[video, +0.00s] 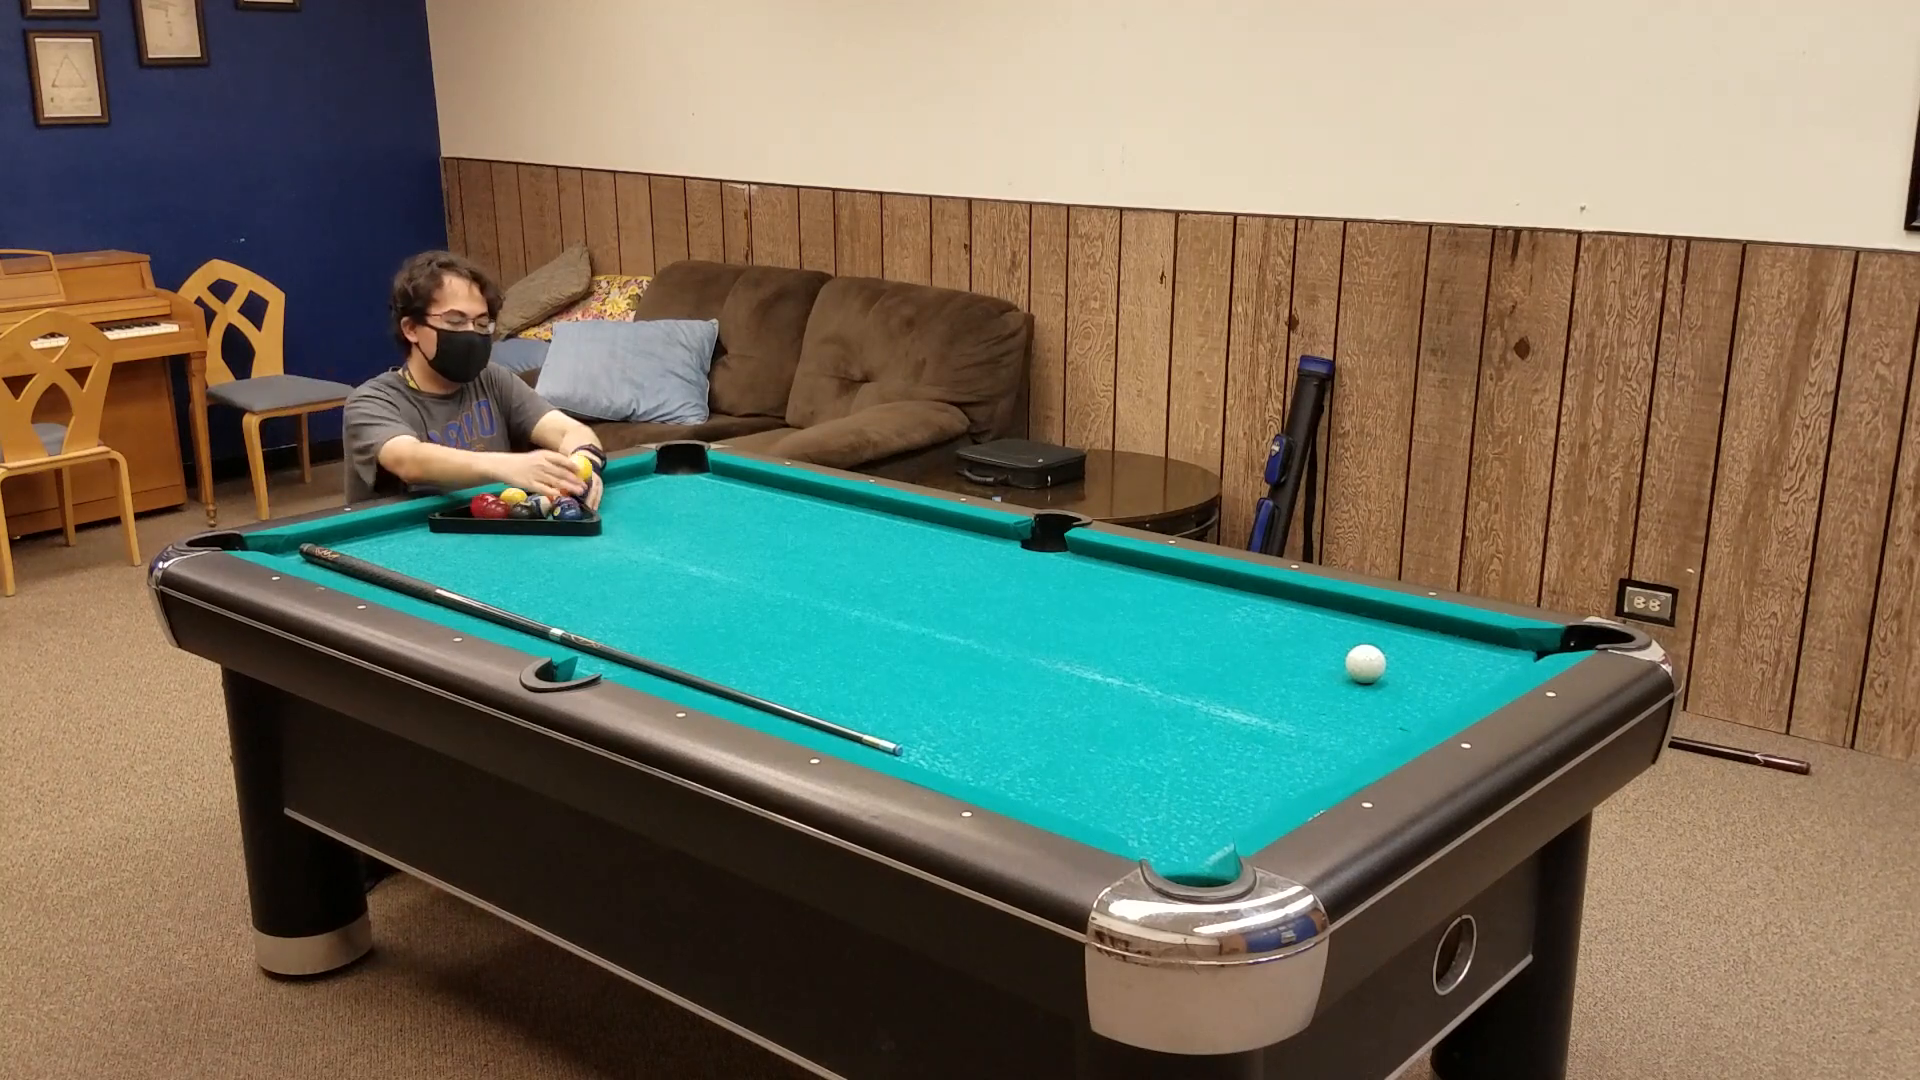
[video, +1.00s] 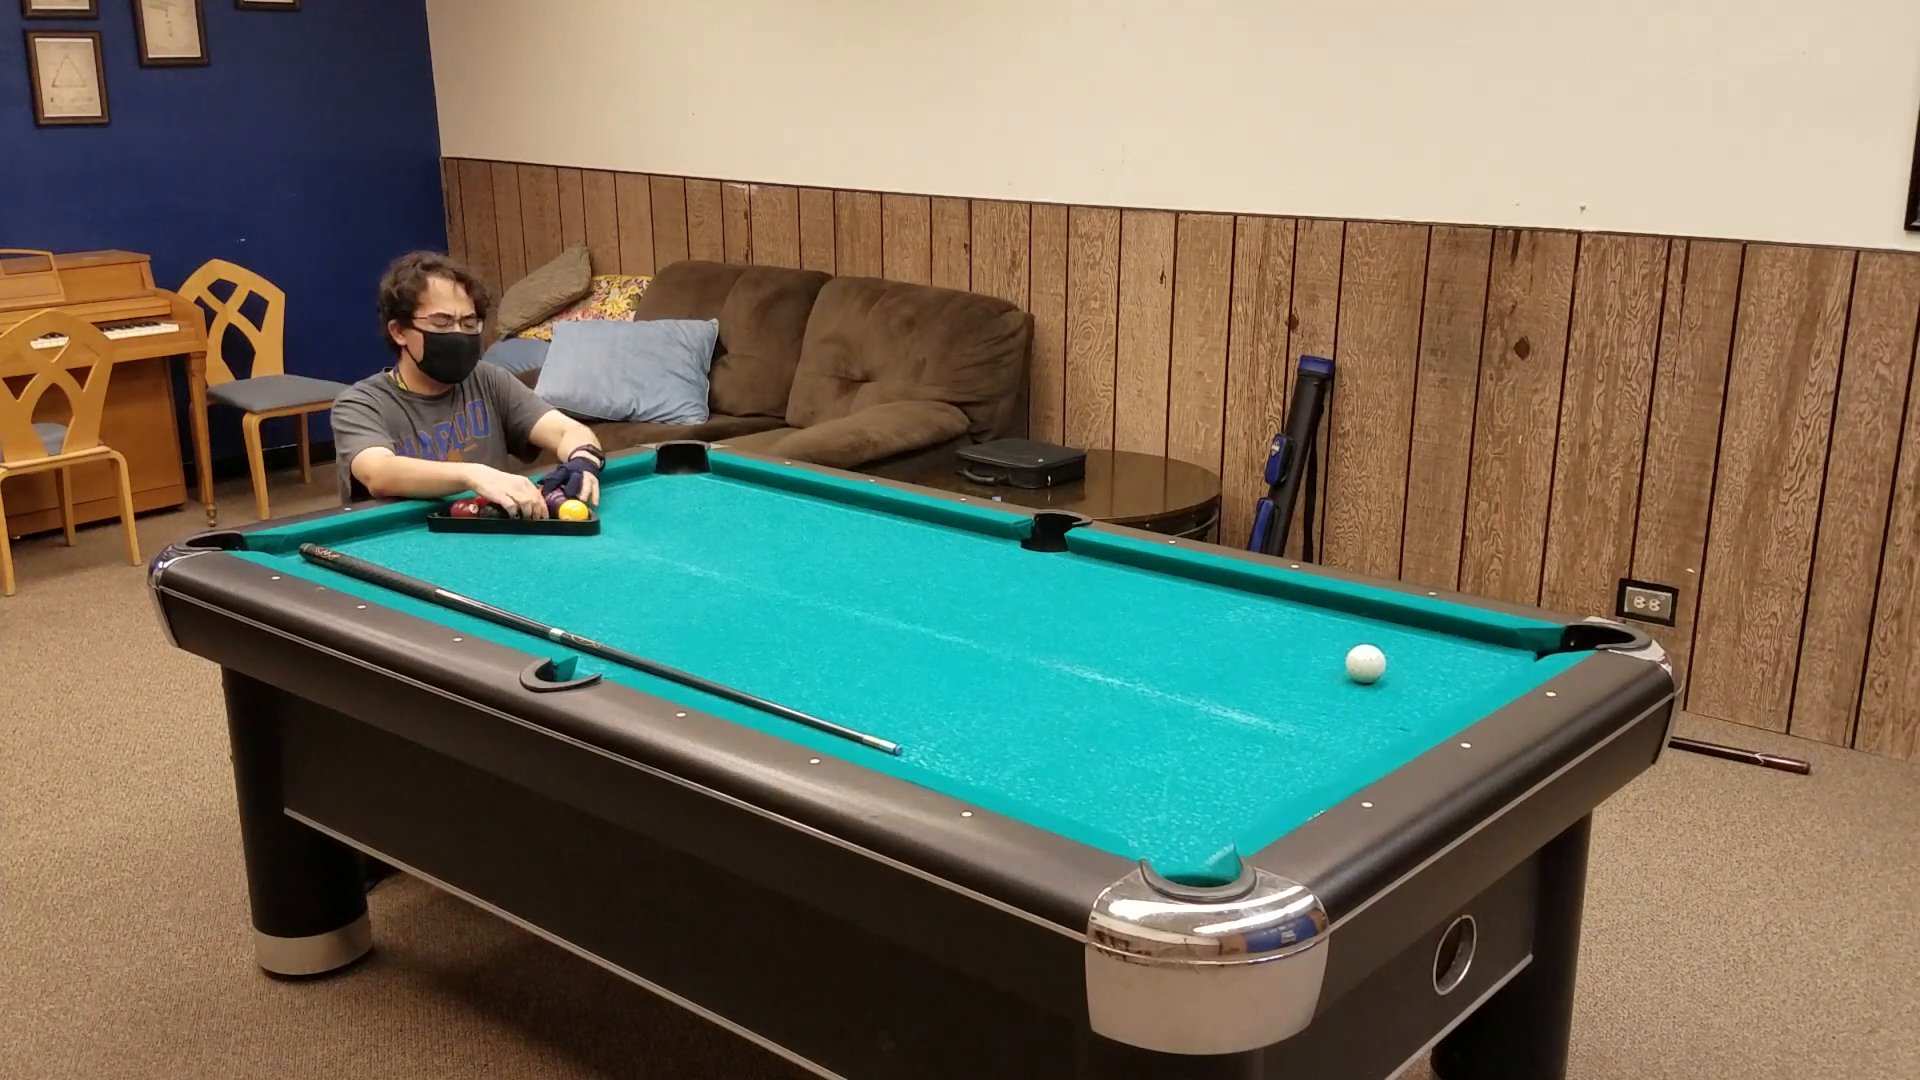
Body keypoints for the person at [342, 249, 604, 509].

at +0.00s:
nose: (472, 334)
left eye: (481, 322)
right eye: (455, 321)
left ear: (491, 323)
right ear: (411, 328)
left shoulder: (493, 381)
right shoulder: (372, 401)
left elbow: (569, 431)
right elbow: (410, 462)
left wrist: (582, 461)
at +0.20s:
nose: (475, 333)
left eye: (483, 321)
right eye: (457, 320)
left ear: (492, 323)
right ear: (413, 329)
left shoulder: (493, 381)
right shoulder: (374, 402)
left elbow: (567, 430)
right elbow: (408, 468)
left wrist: (585, 463)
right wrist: (503, 480)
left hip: (498, 553)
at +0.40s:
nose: (469, 332)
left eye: (477, 320)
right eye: (451, 320)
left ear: (487, 322)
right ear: (408, 330)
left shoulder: (490, 380)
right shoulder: (370, 404)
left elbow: (565, 430)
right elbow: (401, 469)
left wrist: (585, 458)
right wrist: (495, 482)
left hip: (498, 555)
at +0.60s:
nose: (467, 331)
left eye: (475, 319)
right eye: (450, 319)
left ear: (484, 321)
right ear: (405, 329)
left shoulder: (490, 380)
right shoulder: (368, 404)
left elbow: (566, 430)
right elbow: (395, 472)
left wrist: (585, 458)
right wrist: (489, 471)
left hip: (501, 554)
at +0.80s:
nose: (464, 334)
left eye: (472, 322)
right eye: (446, 321)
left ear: (482, 324)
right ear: (402, 330)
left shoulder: (489, 381)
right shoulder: (364, 404)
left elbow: (567, 431)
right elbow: (378, 475)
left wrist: (585, 457)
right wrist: (472, 473)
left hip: (501, 556)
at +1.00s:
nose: (459, 334)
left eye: (468, 322)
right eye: (442, 322)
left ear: (479, 324)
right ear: (399, 331)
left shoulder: (488, 381)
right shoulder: (362, 404)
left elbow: (567, 431)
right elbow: (379, 475)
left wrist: (584, 458)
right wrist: (475, 474)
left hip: (499, 558)